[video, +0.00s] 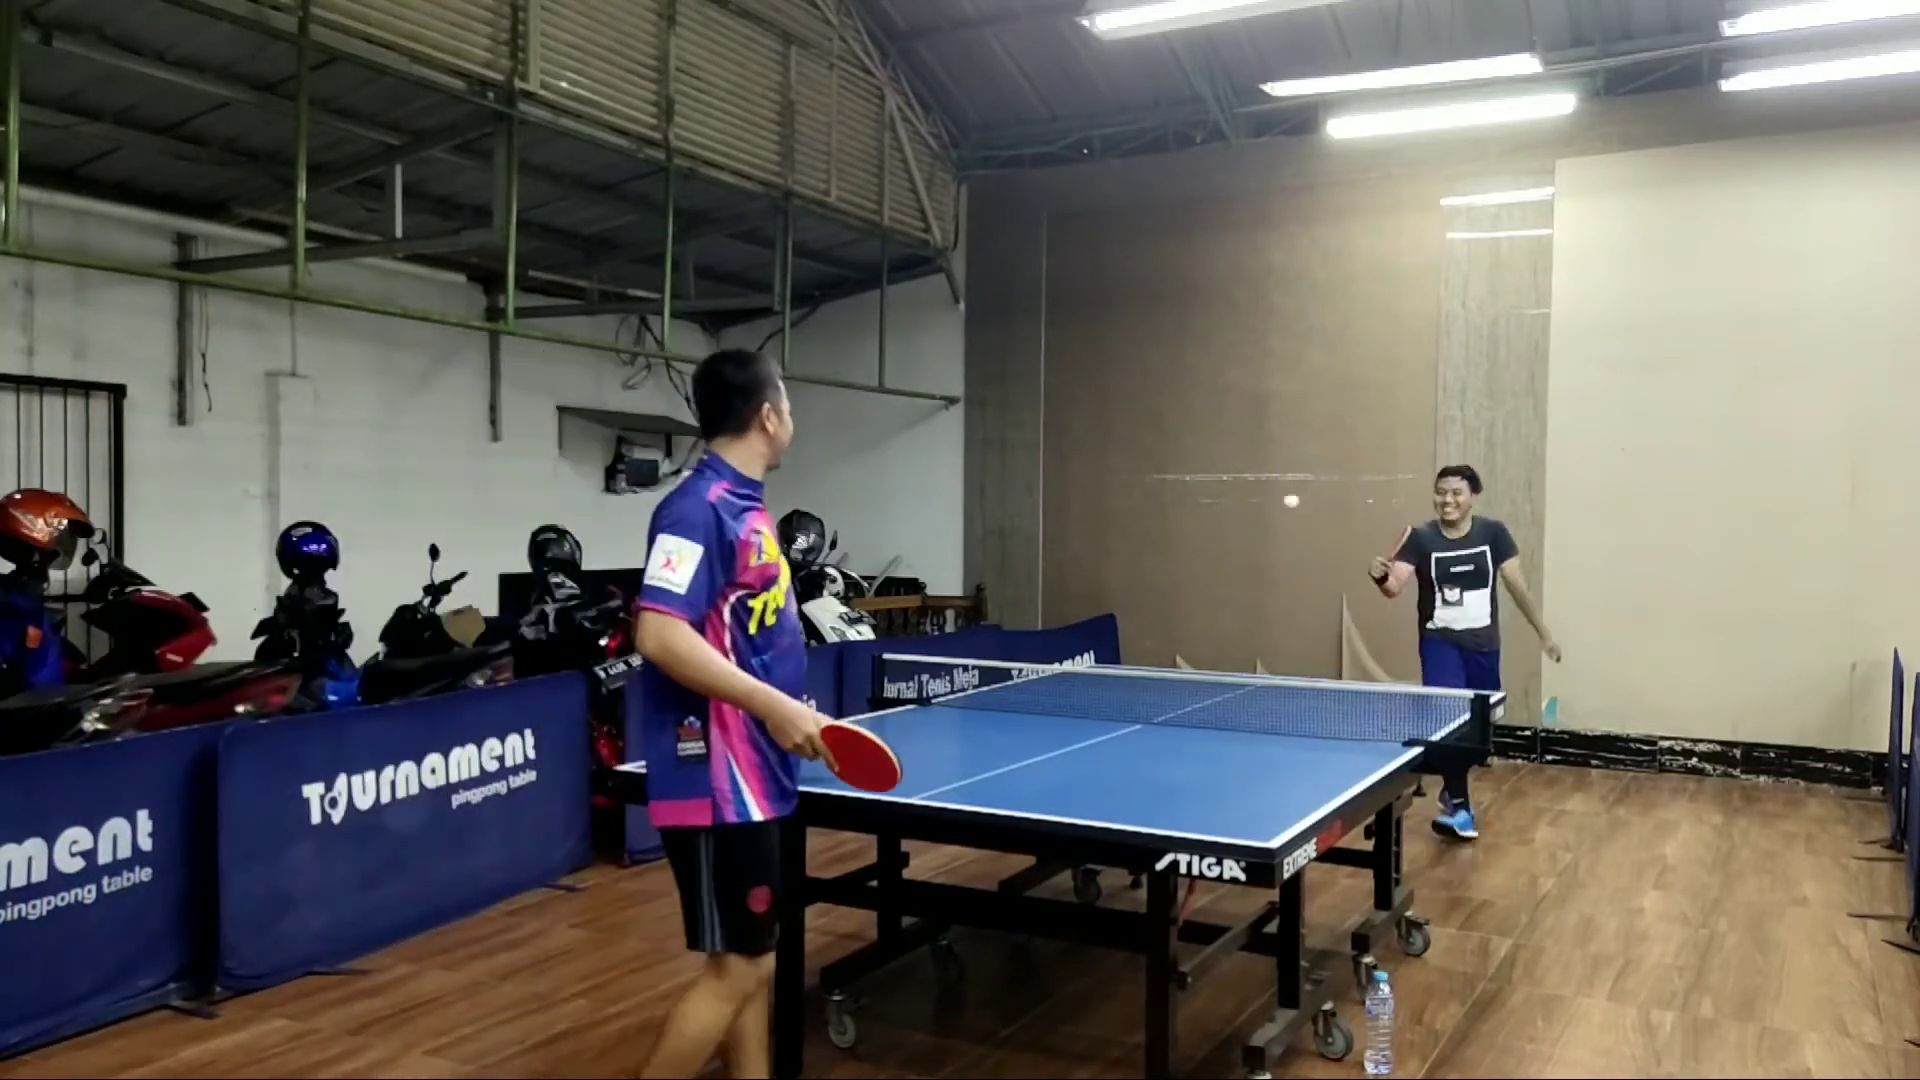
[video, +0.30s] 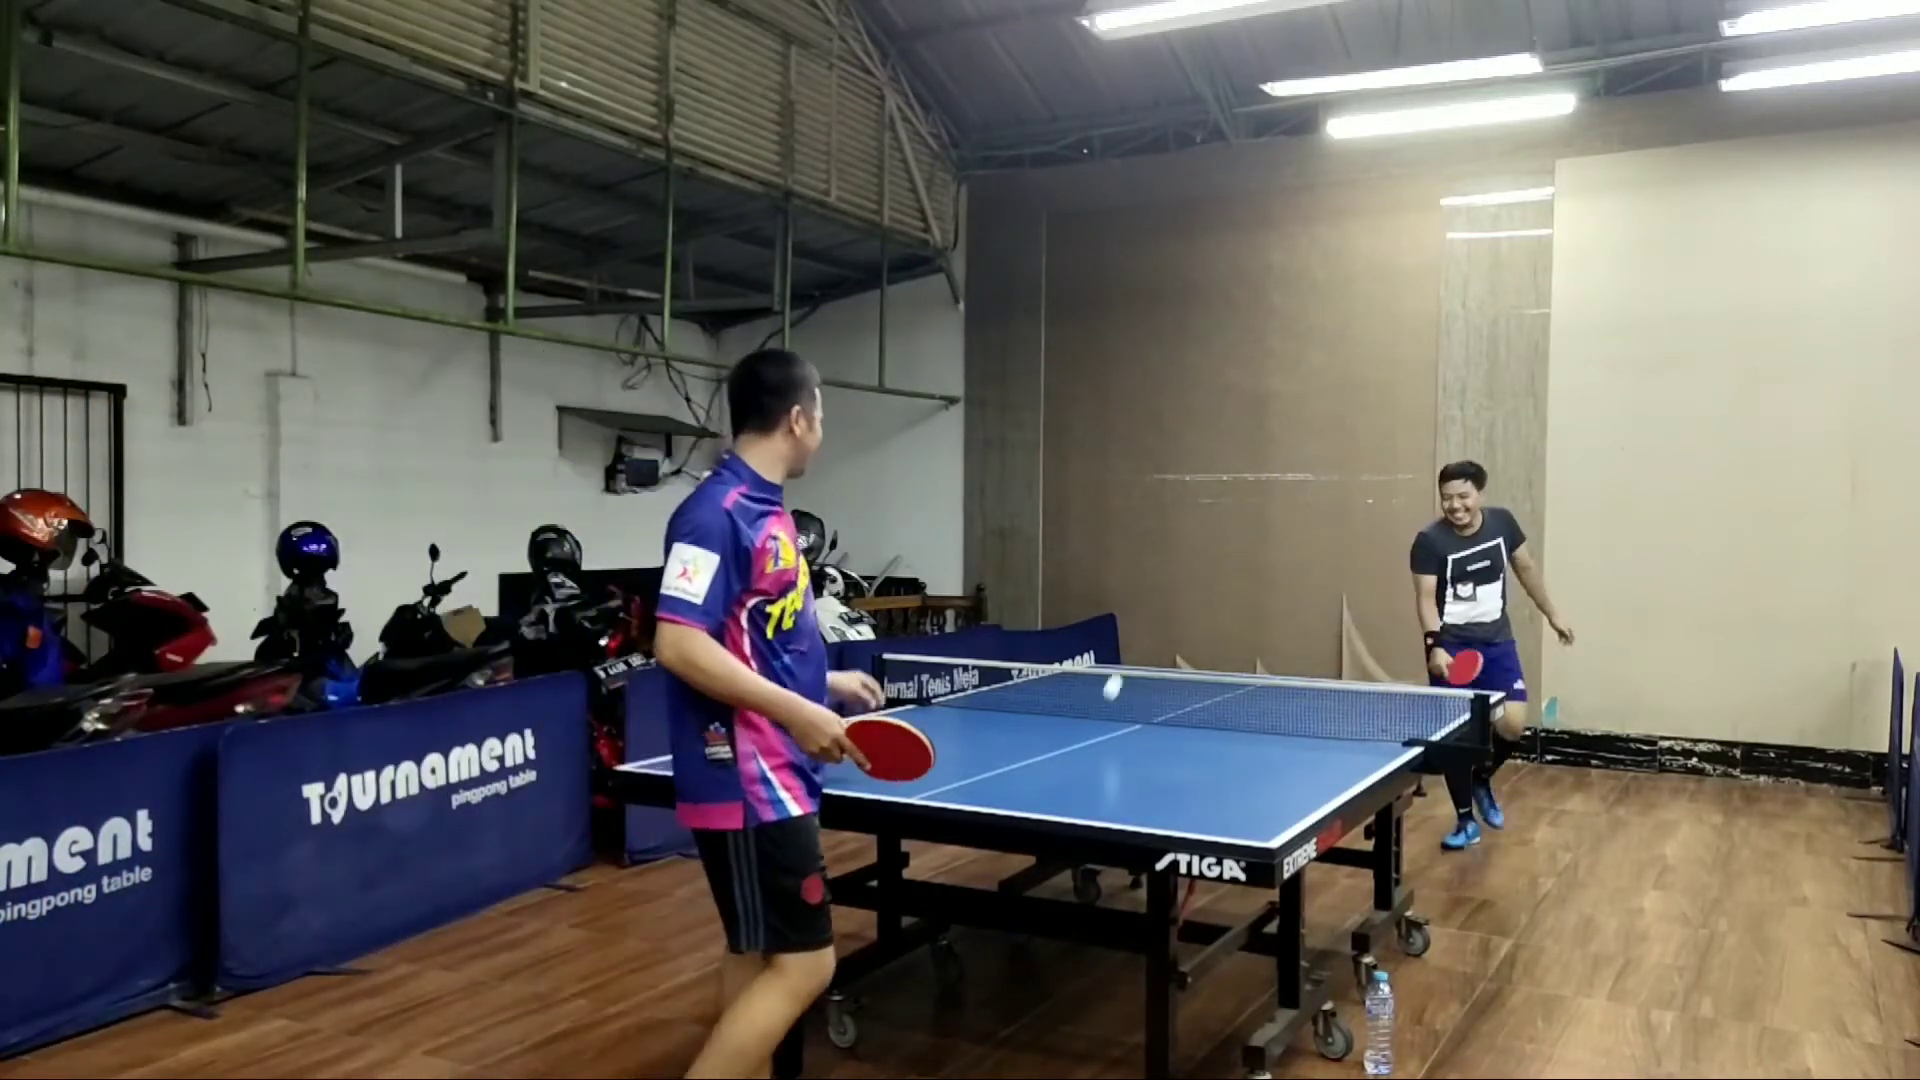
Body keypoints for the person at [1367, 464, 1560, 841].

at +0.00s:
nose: (1449, 500)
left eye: (1457, 493)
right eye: (1442, 492)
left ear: (1473, 498)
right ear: (1434, 496)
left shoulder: (1492, 533)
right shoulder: (1421, 538)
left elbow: (1517, 586)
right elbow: (1393, 589)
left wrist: (1545, 636)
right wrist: (1382, 576)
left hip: (1482, 645)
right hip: (1440, 644)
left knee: (1477, 724)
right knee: (1450, 719)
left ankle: (1450, 795)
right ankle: (1458, 805)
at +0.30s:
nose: (1456, 505)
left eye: (1463, 496)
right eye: (1448, 497)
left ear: (1480, 494)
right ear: (1440, 499)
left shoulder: (1501, 523)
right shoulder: (1430, 542)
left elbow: (1526, 570)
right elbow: (1426, 598)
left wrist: (1553, 617)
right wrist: (1433, 645)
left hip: (1497, 641)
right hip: (1451, 645)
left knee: (1513, 724)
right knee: (1453, 730)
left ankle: (1482, 780)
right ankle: (1464, 820)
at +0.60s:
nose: (1477, 497)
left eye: (1486, 489)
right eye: (1469, 490)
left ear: (1503, 491)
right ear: (1461, 493)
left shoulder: (1523, 532)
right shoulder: (1444, 535)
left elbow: (1539, 595)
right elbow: (1426, 598)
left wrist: (1543, 658)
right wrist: (1417, 656)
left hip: (1508, 653)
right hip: (1454, 653)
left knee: (1509, 736)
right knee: (1453, 735)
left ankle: (1515, 839)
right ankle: (1465, 817)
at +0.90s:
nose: (1470, 486)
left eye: (1480, 478)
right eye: (1463, 478)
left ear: (1500, 481)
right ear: (1456, 483)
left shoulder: (1526, 525)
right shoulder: (1446, 529)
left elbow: (1552, 587)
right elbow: (1428, 583)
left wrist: (1576, 647)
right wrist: (1413, 621)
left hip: (1516, 655)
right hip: (1460, 652)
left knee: (1515, 743)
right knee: (1445, 739)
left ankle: (1515, 847)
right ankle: (1461, 837)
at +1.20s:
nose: (1434, 486)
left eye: (1443, 477)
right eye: (1427, 479)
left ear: (1468, 480)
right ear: (1423, 486)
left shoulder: (1500, 520)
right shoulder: (1421, 535)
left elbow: (1528, 578)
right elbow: (1415, 591)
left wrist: (1527, 635)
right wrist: (1416, 629)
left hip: (1498, 659)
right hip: (1444, 660)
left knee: (1508, 750)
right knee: (1440, 752)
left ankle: (1514, 842)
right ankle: (1443, 853)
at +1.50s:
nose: (1419, 482)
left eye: (1429, 473)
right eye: (1414, 474)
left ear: (1456, 477)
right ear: (1411, 481)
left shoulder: (1488, 518)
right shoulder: (1408, 531)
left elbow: (1514, 581)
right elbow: (1395, 587)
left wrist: (1496, 647)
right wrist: (1398, 626)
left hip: (1491, 654)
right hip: (1437, 660)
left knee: (1504, 744)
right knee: (1440, 751)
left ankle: (1513, 857)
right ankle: (1443, 854)